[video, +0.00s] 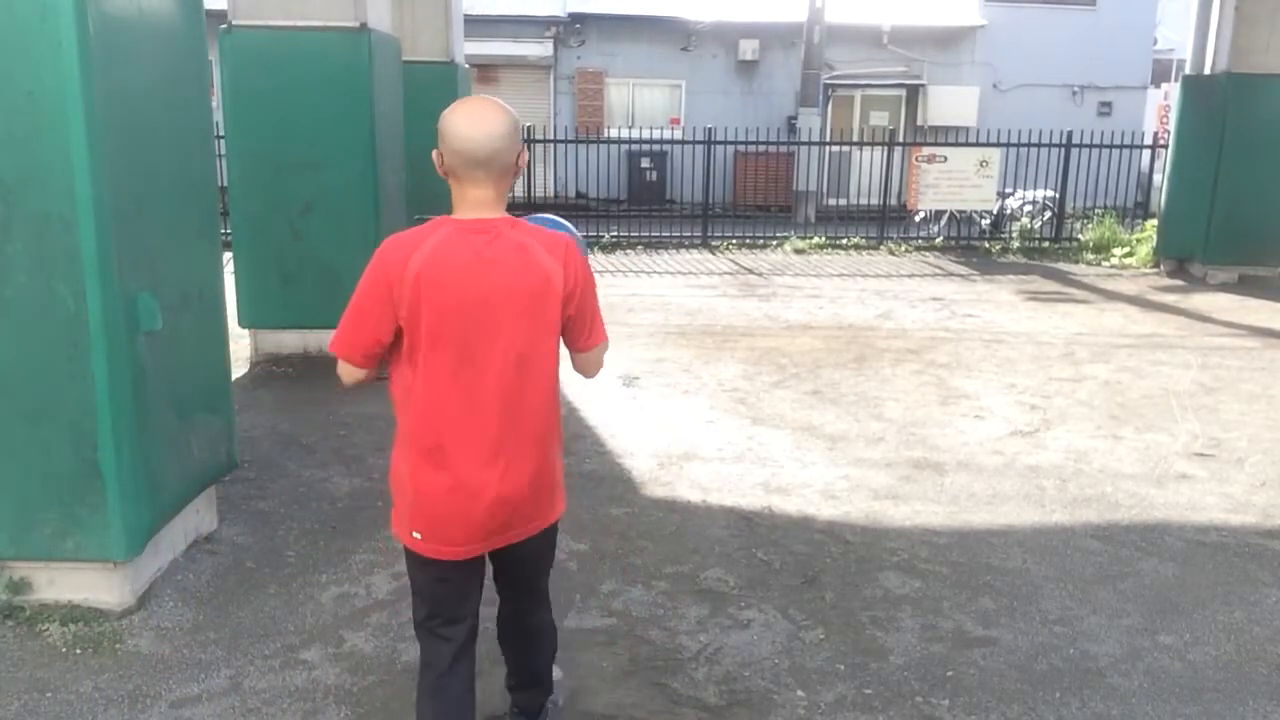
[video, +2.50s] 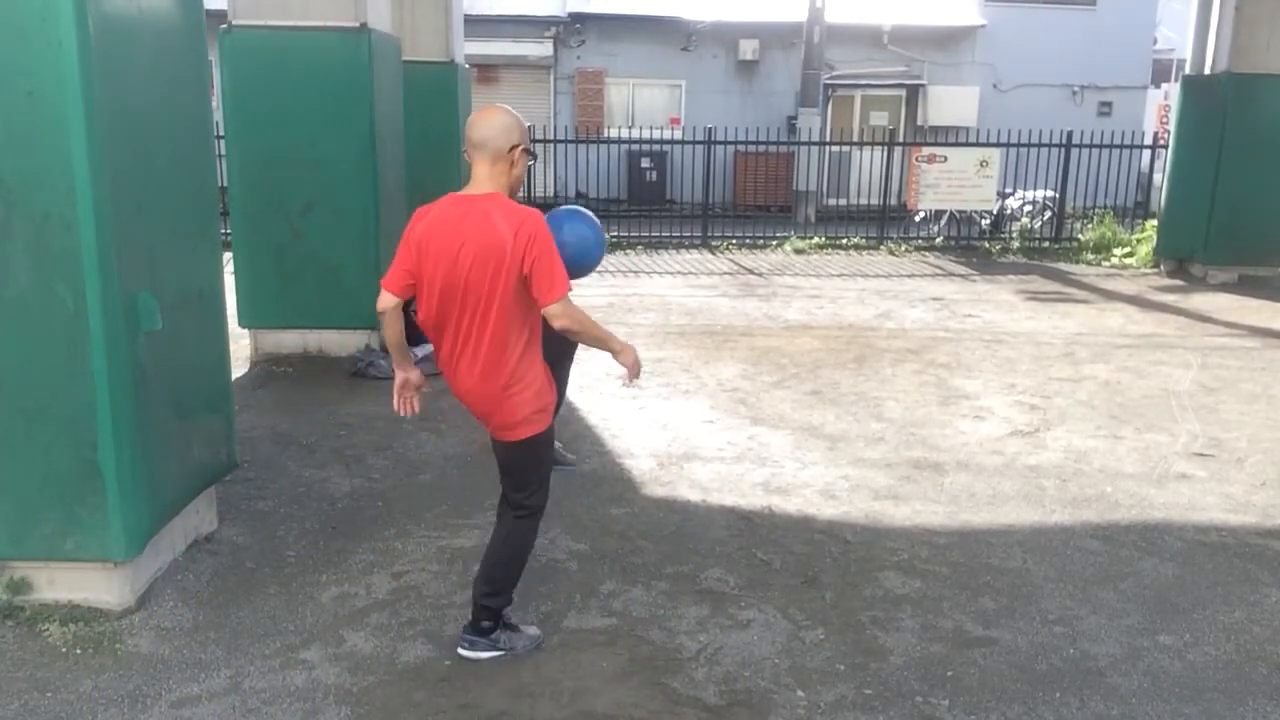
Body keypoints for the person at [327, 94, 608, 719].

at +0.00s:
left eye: (438, 149)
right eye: (522, 148)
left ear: (439, 164)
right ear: (519, 164)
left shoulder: (400, 256)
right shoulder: (557, 253)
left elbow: (351, 370)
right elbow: (590, 362)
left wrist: (409, 341)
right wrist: (540, 302)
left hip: (437, 498)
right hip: (528, 489)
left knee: (444, 639)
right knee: (528, 612)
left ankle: (445, 714)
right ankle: (531, 705)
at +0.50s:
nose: (573, 163)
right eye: (574, 156)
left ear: (504, 154)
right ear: (569, 165)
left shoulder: (452, 217)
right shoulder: (581, 243)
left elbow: (401, 311)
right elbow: (590, 361)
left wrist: (447, 343)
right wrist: (555, 373)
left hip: (457, 422)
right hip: (534, 433)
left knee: (445, 532)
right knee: (529, 558)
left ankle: (432, 659)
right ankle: (519, 683)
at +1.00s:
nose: (521, 158)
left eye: (521, 147)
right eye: (519, 148)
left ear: (462, 148)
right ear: (500, 150)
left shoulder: (419, 215)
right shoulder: (502, 218)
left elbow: (405, 308)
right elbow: (522, 321)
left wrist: (488, 289)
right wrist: (566, 302)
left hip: (440, 404)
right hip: (502, 407)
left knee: (448, 514)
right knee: (536, 526)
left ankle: (437, 630)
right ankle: (515, 666)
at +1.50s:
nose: (522, 172)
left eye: (522, 162)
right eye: (520, 161)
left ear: (465, 161)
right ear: (501, 162)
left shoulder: (429, 218)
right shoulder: (500, 230)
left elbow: (456, 284)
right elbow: (539, 325)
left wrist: (523, 260)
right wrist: (585, 290)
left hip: (434, 395)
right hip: (485, 404)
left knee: (471, 485)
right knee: (515, 526)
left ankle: (447, 587)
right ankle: (469, 646)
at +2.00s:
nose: (517, 181)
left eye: (519, 170)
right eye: (517, 168)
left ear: (470, 159)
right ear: (495, 161)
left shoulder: (427, 211)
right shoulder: (479, 220)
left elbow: (441, 288)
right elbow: (469, 320)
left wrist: (516, 292)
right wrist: (533, 384)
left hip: (433, 388)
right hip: (478, 381)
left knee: (466, 492)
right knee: (579, 358)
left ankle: (456, 613)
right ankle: (531, 474)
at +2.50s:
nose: (527, 163)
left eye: (524, 153)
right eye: (527, 154)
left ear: (469, 155)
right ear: (516, 157)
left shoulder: (427, 220)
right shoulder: (525, 224)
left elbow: (388, 303)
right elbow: (558, 314)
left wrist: (402, 364)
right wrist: (616, 345)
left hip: (467, 379)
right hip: (519, 391)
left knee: (563, 324)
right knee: (521, 507)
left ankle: (539, 448)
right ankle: (484, 626)